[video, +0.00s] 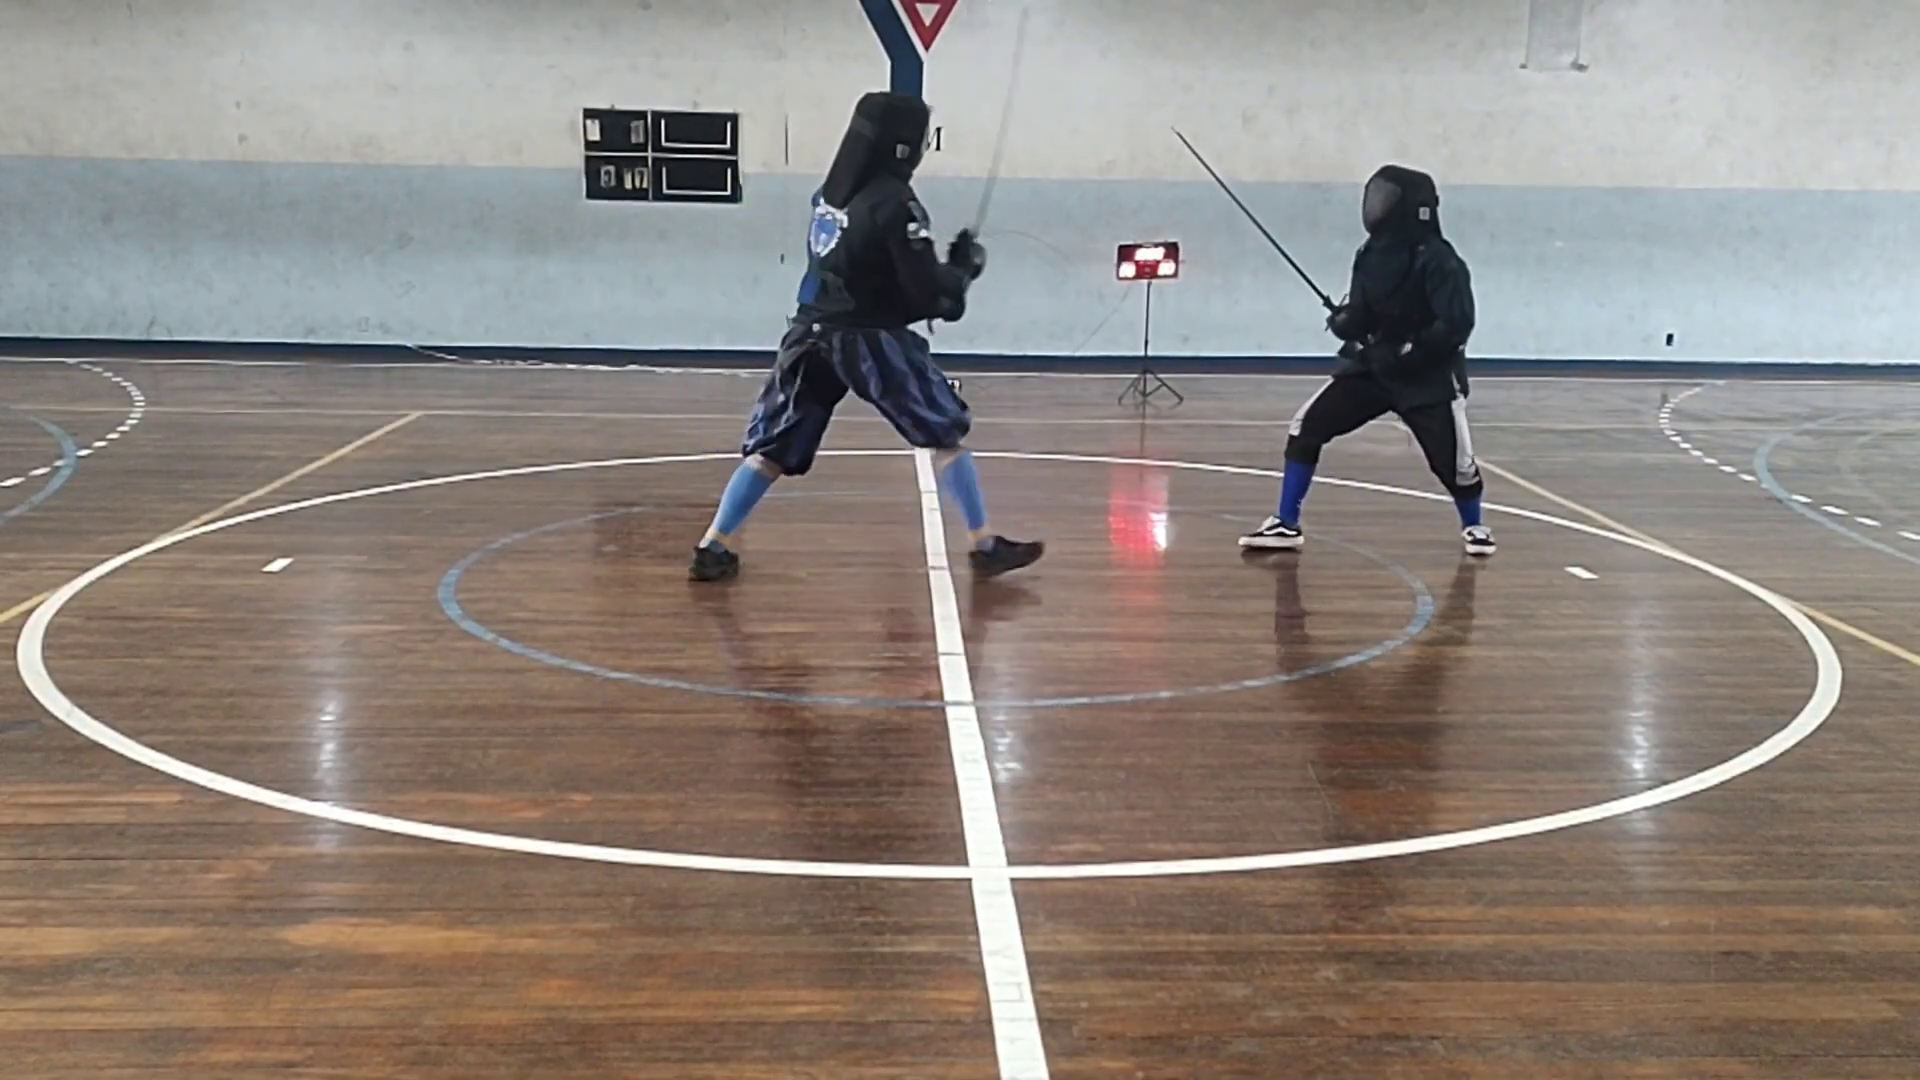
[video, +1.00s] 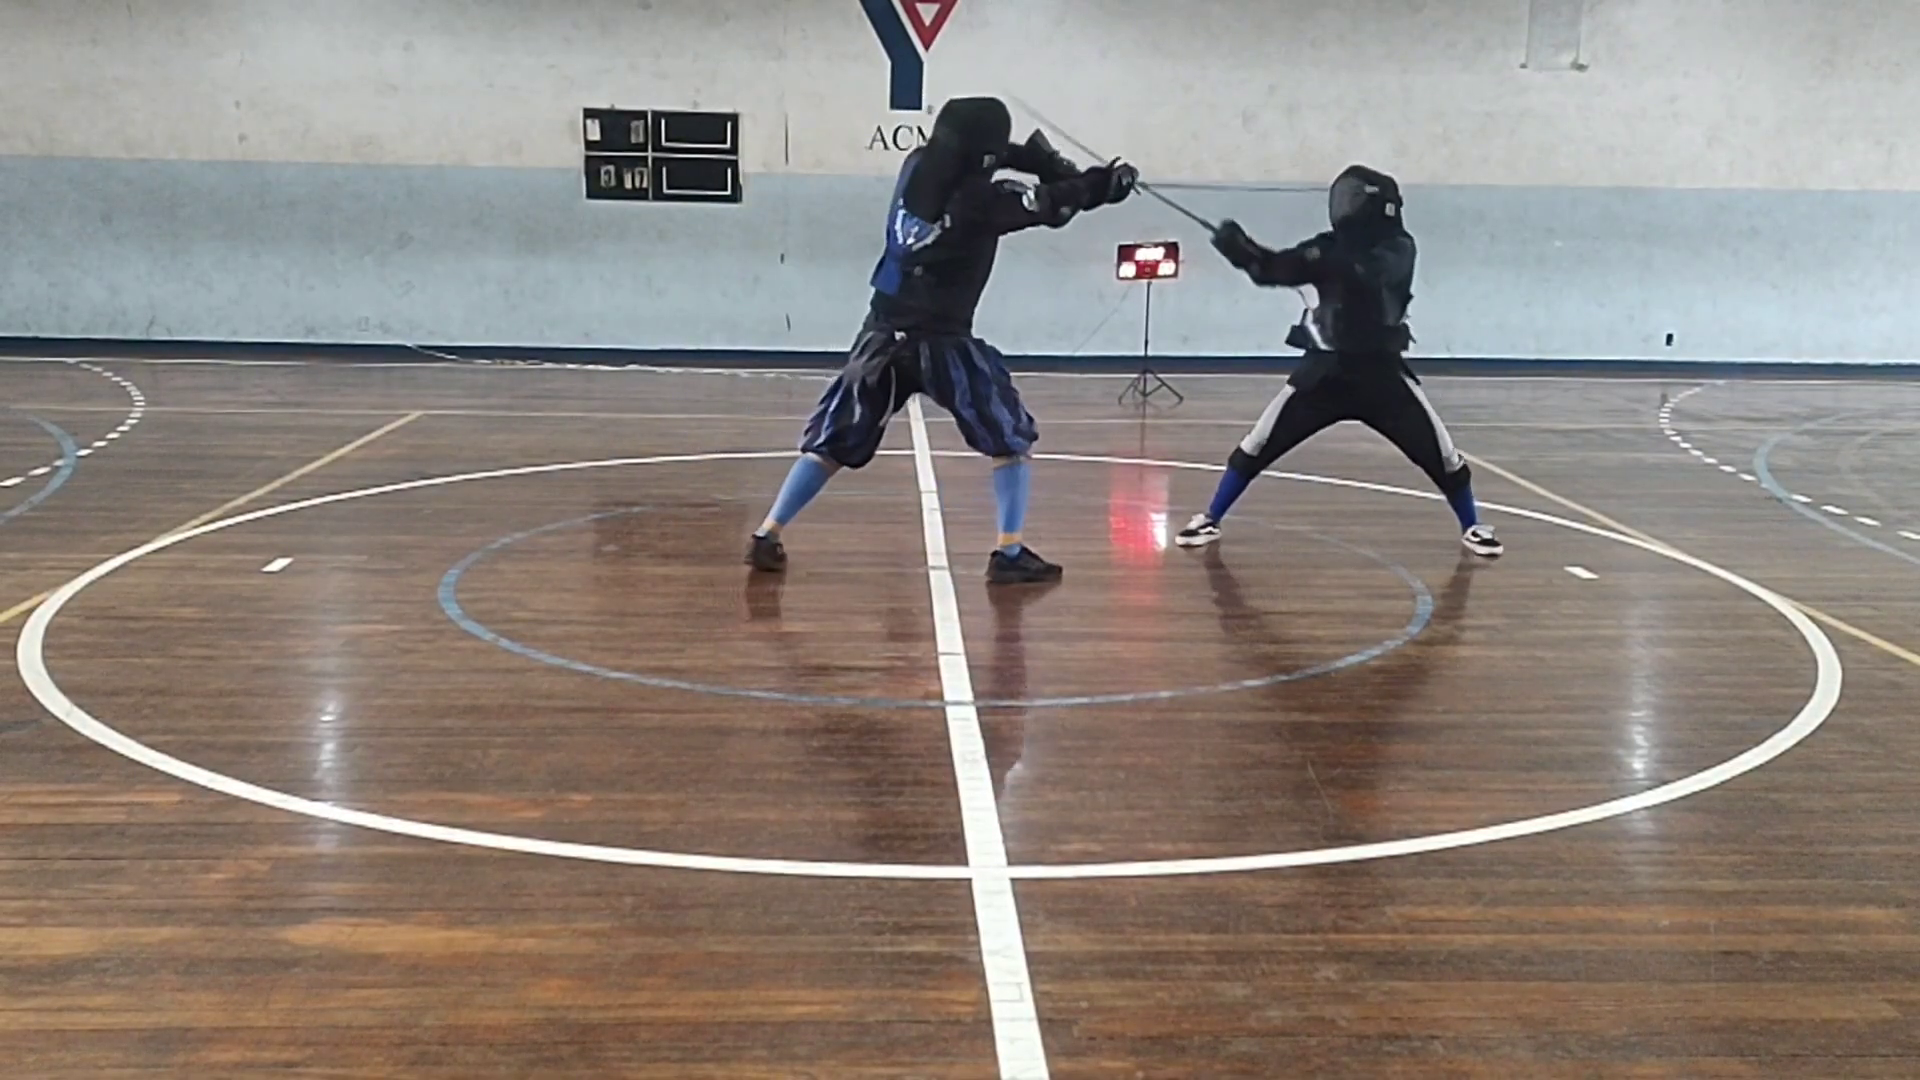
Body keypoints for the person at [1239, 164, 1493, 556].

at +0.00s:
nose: (1369, 203)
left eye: (1380, 195)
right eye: (1370, 194)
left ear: (1406, 203)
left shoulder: (1438, 259)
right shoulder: (1370, 255)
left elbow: (1458, 323)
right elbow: (1359, 314)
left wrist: (1408, 355)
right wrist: (1346, 321)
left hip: (1428, 381)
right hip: (1370, 375)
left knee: (1457, 465)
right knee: (1305, 429)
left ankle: (1473, 526)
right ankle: (1286, 523)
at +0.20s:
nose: (1365, 210)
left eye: (1376, 203)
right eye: (1365, 201)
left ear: (1403, 211)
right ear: (1363, 205)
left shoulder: (1433, 266)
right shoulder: (1361, 262)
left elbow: (1446, 330)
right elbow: (1348, 319)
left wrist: (1393, 356)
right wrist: (1331, 319)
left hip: (1415, 385)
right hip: (1358, 379)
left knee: (1450, 468)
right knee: (1287, 424)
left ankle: (1473, 527)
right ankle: (1270, 514)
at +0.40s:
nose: (1357, 212)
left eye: (1367, 203)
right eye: (1357, 202)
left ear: (1396, 212)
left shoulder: (1427, 269)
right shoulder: (1351, 261)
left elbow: (1417, 349)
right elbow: (1329, 324)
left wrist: (1342, 335)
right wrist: (1309, 313)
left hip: (1407, 387)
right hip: (1347, 380)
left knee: (1445, 466)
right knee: (1277, 435)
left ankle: (1473, 527)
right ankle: (1242, 516)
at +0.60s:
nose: (1354, 212)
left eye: (1366, 203)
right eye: (1355, 202)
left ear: (1394, 211)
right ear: (1357, 208)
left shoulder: (1423, 267)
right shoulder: (1347, 260)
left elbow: (1414, 341)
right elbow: (1317, 320)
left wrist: (1354, 331)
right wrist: (1299, 307)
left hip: (1403, 385)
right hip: (1341, 381)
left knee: (1445, 465)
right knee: (1274, 440)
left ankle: (1474, 527)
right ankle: (1231, 518)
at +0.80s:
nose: (1351, 210)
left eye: (1362, 202)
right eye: (1349, 201)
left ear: (1389, 209)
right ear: (1348, 204)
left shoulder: (1413, 260)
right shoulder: (1342, 254)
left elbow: (1403, 324)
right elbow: (1296, 312)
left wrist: (1344, 312)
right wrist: (1279, 294)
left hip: (1397, 386)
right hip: (1335, 383)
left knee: (1446, 464)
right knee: (1270, 449)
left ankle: (1474, 528)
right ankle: (1216, 520)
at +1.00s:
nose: (1343, 206)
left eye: (1353, 198)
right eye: (1341, 198)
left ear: (1376, 204)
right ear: (1340, 205)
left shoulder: (1399, 247)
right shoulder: (1328, 246)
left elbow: (1358, 270)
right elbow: (1277, 270)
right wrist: (1244, 252)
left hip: (1383, 374)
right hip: (1322, 373)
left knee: (1442, 455)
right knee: (1258, 445)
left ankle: (1472, 527)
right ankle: (1210, 519)